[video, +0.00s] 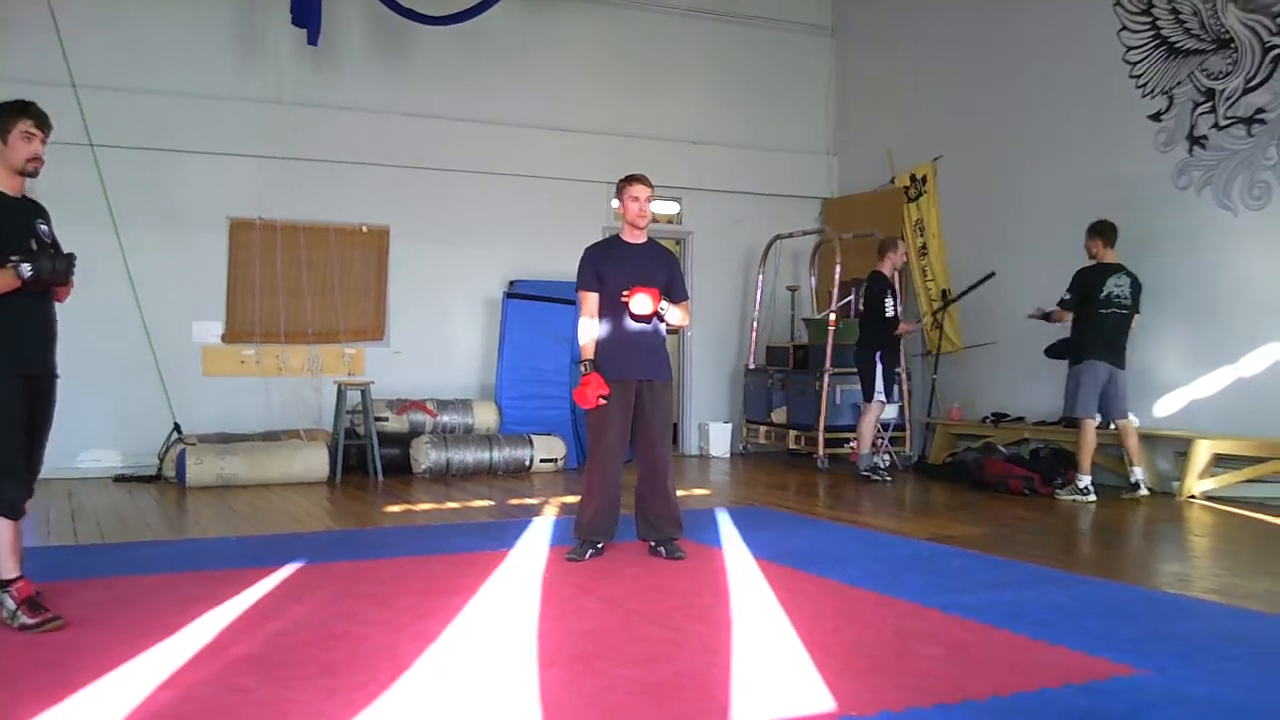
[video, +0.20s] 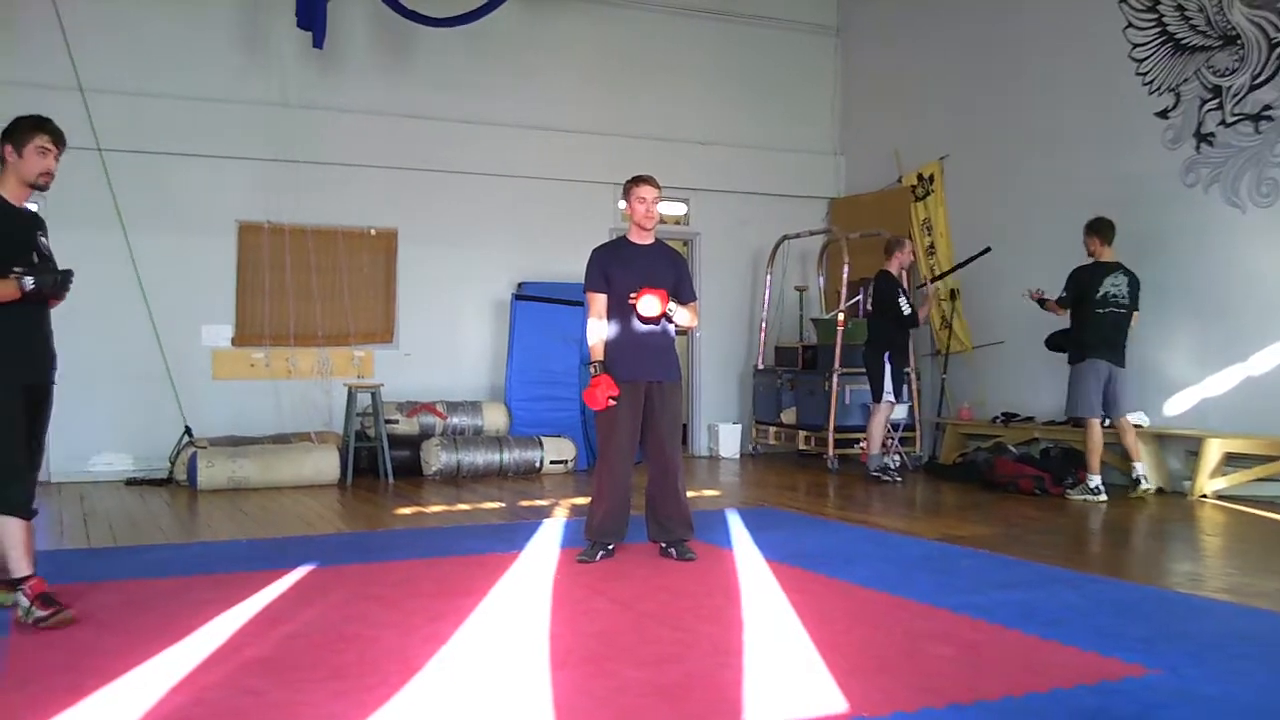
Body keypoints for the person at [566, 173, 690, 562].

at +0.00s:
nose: (641, 206)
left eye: (646, 200)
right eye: (634, 199)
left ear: (653, 207)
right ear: (619, 205)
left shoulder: (666, 258)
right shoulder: (596, 254)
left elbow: (682, 317)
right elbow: (588, 316)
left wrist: (660, 307)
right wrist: (588, 367)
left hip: (656, 372)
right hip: (611, 370)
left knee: (657, 455)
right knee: (604, 455)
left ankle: (661, 534)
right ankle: (593, 535)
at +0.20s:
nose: (649, 208)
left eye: (654, 202)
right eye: (641, 201)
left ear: (660, 208)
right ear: (627, 206)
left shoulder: (674, 259)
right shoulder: (604, 255)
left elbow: (691, 318)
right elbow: (596, 317)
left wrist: (668, 309)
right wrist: (598, 368)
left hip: (665, 374)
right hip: (620, 372)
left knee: (667, 457)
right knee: (614, 458)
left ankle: (671, 536)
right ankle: (603, 537)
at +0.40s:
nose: (668, 210)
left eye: (675, 204)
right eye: (661, 203)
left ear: (683, 209)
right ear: (650, 208)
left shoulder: (698, 260)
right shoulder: (629, 257)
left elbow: (717, 318)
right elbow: (621, 318)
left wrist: (693, 308)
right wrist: (623, 368)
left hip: (690, 374)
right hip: (645, 372)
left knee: (691, 457)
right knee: (639, 457)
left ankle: (697, 536)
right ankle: (629, 538)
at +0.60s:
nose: (658, 212)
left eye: (665, 205)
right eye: (652, 206)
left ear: (679, 209)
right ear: (646, 211)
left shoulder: (699, 259)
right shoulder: (628, 259)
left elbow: (722, 316)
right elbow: (622, 318)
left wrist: (693, 303)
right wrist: (624, 363)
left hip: (687, 374)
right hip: (641, 372)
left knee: (690, 458)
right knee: (638, 459)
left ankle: (699, 538)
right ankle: (631, 538)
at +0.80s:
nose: (642, 216)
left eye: (649, 209)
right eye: (637, 211)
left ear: (668, 209)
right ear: (634, 214)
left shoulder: (695, 258)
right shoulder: (625, 260)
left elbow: (715, 317)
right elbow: (617, 316)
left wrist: (683, 304)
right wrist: (614, 353)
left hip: (678, 374)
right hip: (633, 372)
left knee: (687, 456)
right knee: (632, 458)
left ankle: (699, 537)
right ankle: (630, 539)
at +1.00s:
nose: (666, 220)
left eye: (673, 212)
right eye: (661, 214)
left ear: (692, 210)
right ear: (659, 216)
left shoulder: (722, 258)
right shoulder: (655, 263)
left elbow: (746, 317)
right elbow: (646, 317)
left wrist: (711, 302)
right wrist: (638, 335)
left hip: (705, 376)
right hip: (660, 376)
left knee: (719, 457)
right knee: (666, 460)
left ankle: (738, 536)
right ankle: (670, 538)